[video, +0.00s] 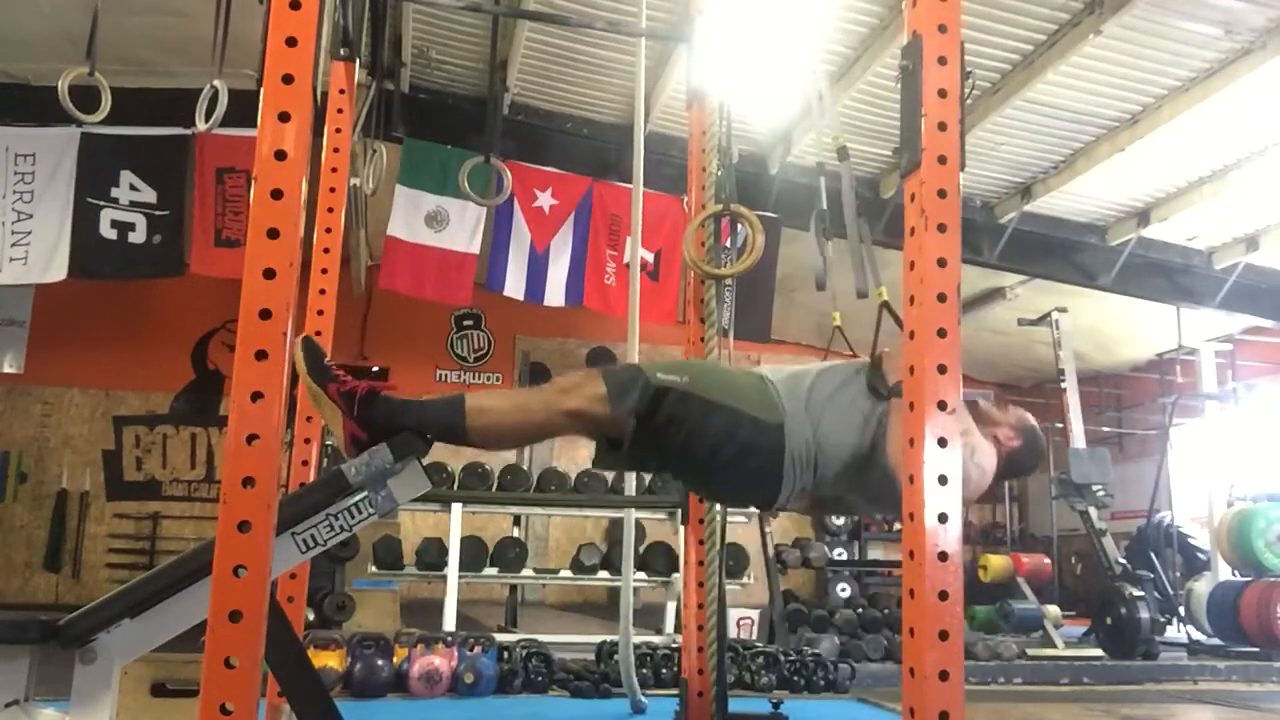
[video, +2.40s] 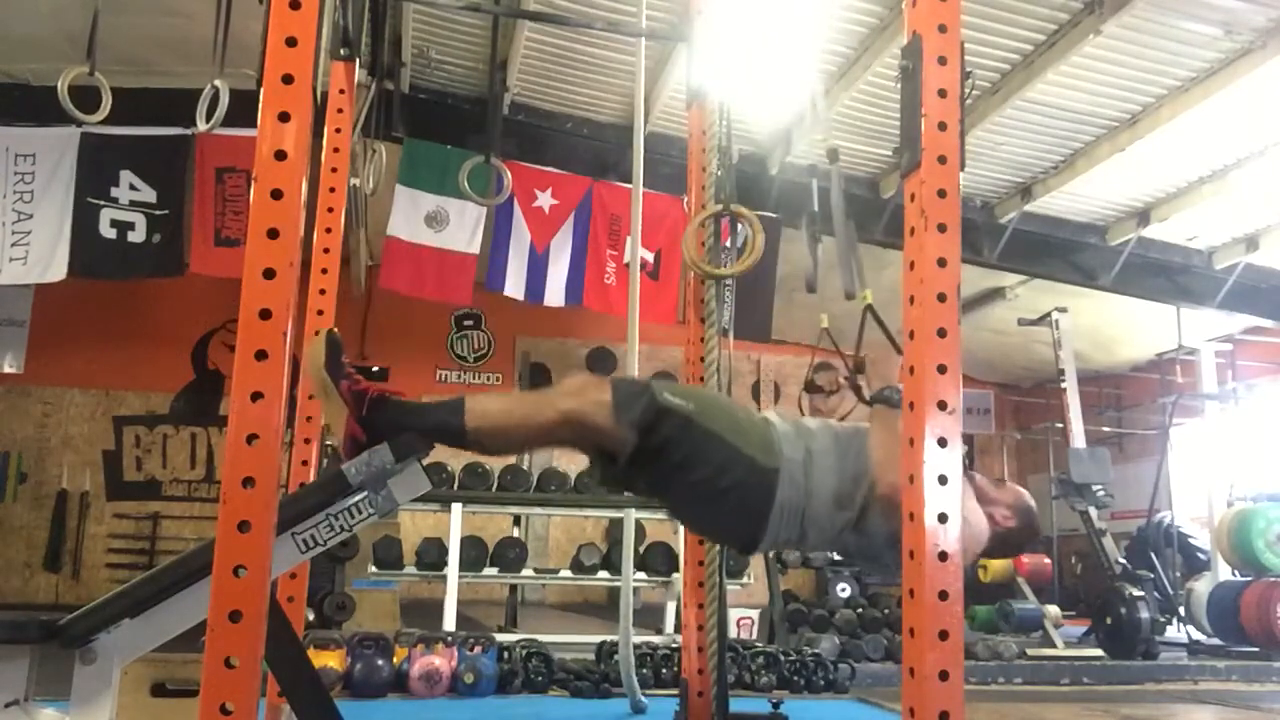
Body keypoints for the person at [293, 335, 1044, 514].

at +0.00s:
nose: (998, 420)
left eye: (1007, 432)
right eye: (1004, 420)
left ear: (1000, 460)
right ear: (992, 420)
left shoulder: (967, 467)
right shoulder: (945, 417)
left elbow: (905, 470)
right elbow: (875, 377)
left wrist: (905, 380)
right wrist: (894, 364)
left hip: (771, 444)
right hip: (758, 411)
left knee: (590, 393)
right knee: (581, 391)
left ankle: (386, 422)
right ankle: (383, 415)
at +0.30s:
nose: (908, 461)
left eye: (917, 473)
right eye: (921, 457)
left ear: (912, 511)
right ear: (917, 451)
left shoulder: (880, 515)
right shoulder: (878, 441)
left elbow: (840, 473)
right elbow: (835, 395)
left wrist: (839, 389)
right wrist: (839, 369)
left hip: (701, 430)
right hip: (699, 407)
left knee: (533, 320)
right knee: (526, 349)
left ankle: (356, 413)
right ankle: (365, 410)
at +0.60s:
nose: (866, 443)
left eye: (873, 457)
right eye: (877, 446)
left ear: (862, 481)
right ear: (860, 461)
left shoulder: (811, 481)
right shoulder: (808, 449)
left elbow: (739, 464)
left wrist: (757, 387)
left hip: (610, 396)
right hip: (614, 389)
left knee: (454, 270)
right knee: (452, 298)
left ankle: (332, 418)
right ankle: (335, 417)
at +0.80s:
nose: (799, 425)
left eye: (808, 440)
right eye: (810, 430)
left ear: (798, 466)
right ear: (795, 449)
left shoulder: (748, 470)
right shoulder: (743, 433)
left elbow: (673, 458)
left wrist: (697, 373)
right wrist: (711, 359)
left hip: (543, 381)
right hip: (552, 359)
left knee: (386, 250)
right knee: (391, 269)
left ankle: (315, 424)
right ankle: (319, 415)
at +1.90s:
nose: (887, 448)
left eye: (897, 462)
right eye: (899, 447)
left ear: (888, 499)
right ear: (891, 474)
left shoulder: (835, 499)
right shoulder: (829, 455)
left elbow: (766, 469)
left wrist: (775, 389)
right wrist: (794, 377)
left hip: (637, 411)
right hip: (639, 396)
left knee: (477, 283)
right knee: (463, 320)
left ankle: (337, 419)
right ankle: (341, 414)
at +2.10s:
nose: (936, 469)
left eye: (946, 482)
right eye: (944, 471)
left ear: (937, 520)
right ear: (935, 493)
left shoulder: (889, 534)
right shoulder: (877, 476)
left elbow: (834, 480)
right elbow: (841, 440)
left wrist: (839, 402)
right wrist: (845, 390)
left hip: (702, 445)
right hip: (703, 409)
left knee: (539, 322)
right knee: (531, 336)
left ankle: (365, 414)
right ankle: (378, 410)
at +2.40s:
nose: (996, 493)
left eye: (1006, 505)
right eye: (1004, 490)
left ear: (997, 534)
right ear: (990, 489)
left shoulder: (948, 545)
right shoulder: (940, 495)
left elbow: (894, 490)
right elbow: (878, 460)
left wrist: (918, 418)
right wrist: (903, 412)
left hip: (770, 484)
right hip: (762, 457)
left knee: (591, 404)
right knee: (583, 395)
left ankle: (392, 423)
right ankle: (404, 418)